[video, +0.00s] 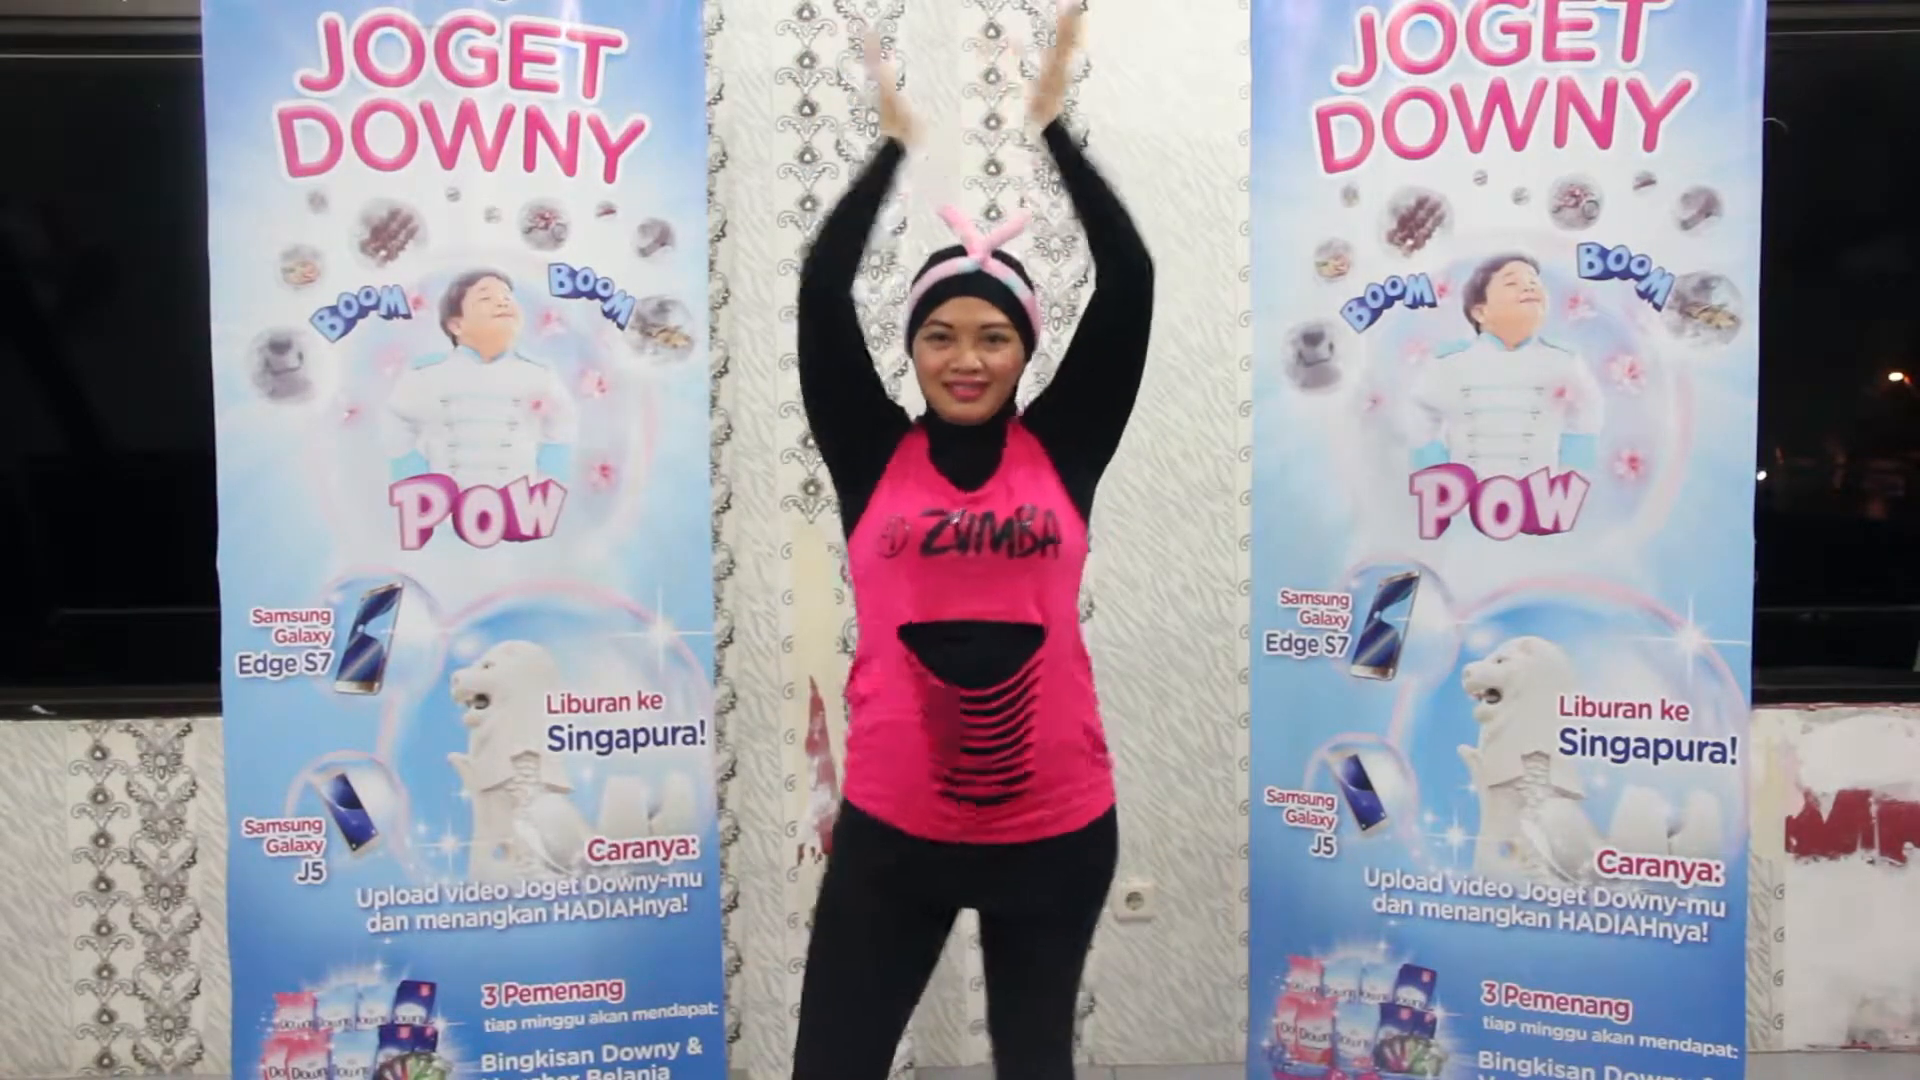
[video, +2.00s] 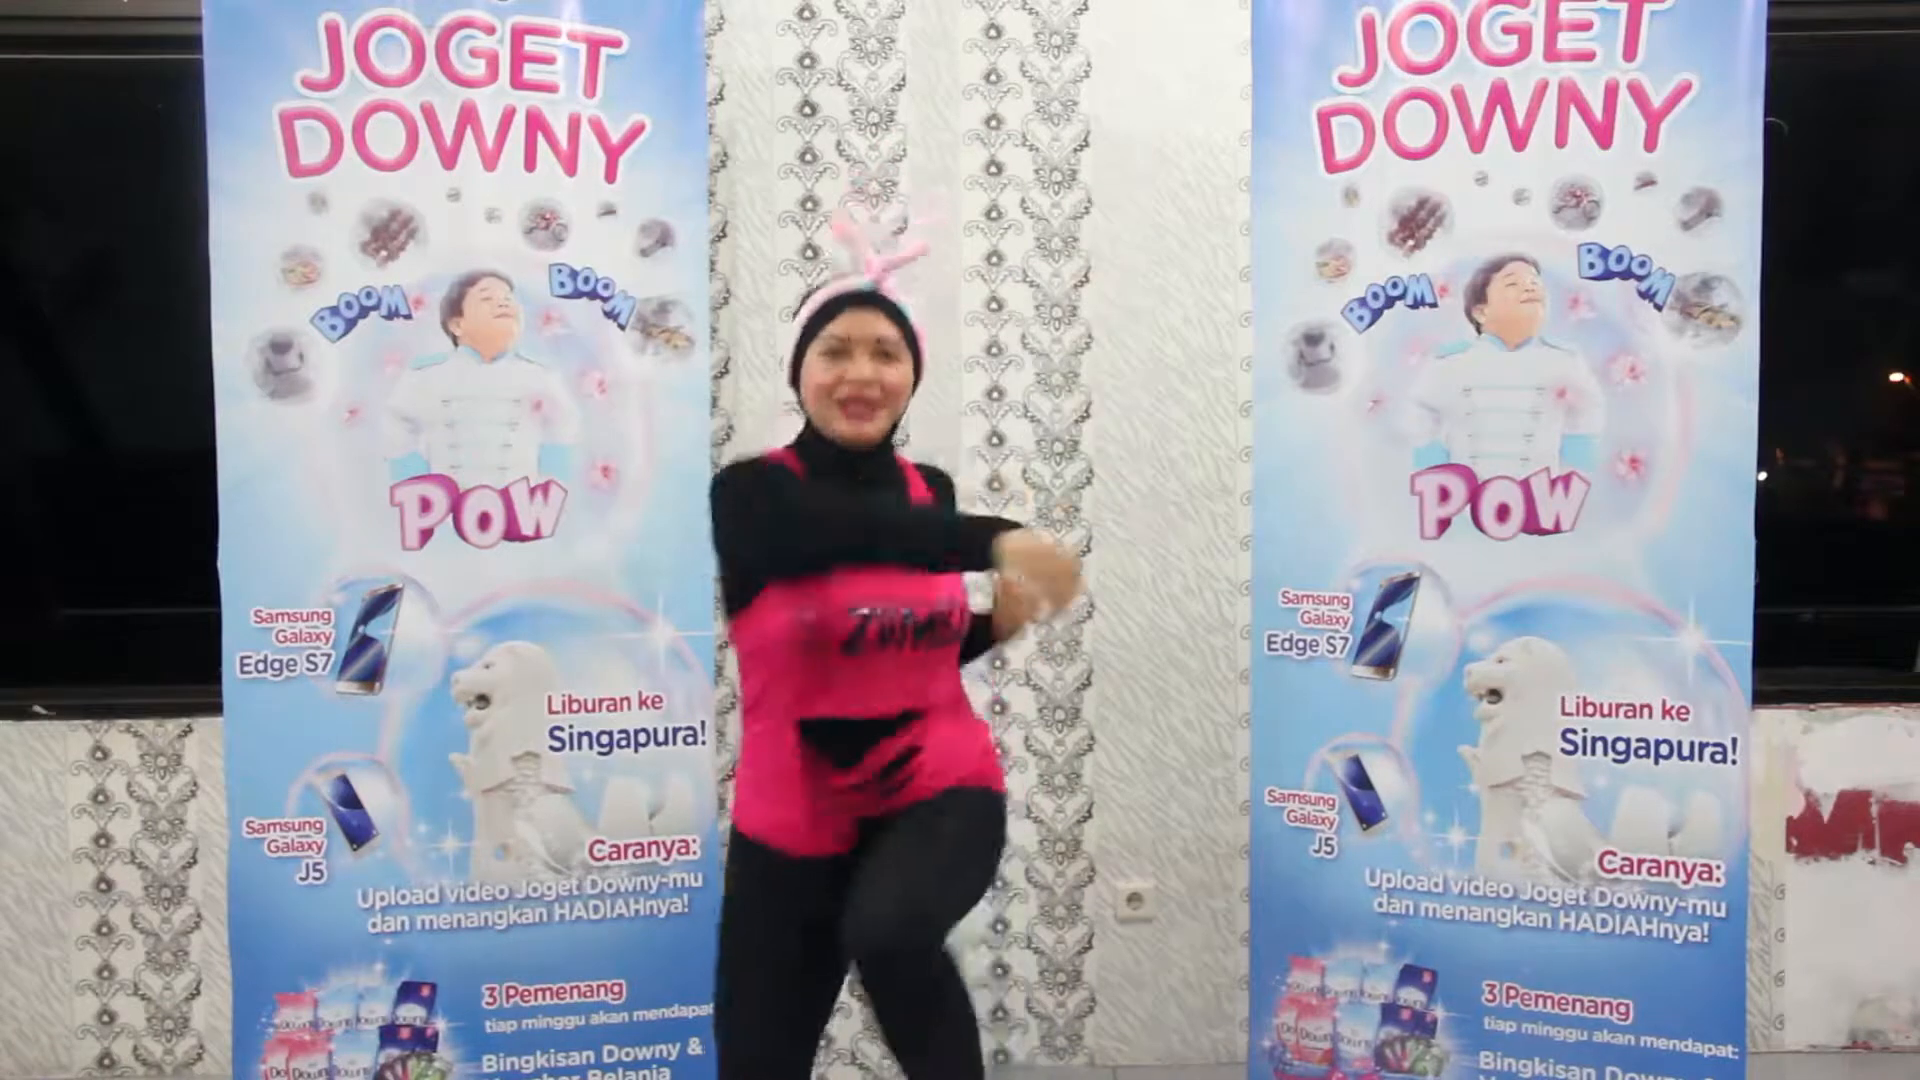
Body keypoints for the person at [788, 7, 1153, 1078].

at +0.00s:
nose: (966, 357)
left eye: (991, 338)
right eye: (943, 337)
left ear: (1025, 355)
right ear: (912, 354)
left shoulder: (1060, 454)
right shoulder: (872, 458)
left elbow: (1129, 281)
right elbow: (819, 294)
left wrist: (1054, 128)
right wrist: (890, 146)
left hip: (1051, 836)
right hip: (894, 834)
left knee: (1036, 1063)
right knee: (831, 1063)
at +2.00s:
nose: (859, 374)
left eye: (884, 356)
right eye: (835, 354)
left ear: (911, 381)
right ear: (799, 377)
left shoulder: (931, 493)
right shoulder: (751, 490)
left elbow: (919, 651)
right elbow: (832, 529)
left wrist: (995, 623)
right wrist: (989, 542)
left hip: (938, 796)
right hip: (794, 820)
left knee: (890, 932)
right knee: (757, 1062)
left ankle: (952, 1071)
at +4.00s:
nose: (853, 303)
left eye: (883, 279)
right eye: (823, 284)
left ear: (931, 310)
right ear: (794, 322)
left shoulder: (1009, 459)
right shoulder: (751, 469)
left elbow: (1096, 661)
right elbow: (752, 562)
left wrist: (1057, 608)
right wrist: (825, 617)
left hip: (982, 887)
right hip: (809, 891)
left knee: (941, 1060)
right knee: (823, 1063)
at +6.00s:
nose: (917, 356)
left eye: (941, 336)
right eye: (894, 337)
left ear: (979, 357)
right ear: (865, 360)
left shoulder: (1046, 506)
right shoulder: (821, 502)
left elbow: (1102, 689)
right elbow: (787, 642)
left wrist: (1096, 858)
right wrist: (783, 675)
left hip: (1015, 854)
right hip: (867, 854)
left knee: (1005, 1067)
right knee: (903, 1066)